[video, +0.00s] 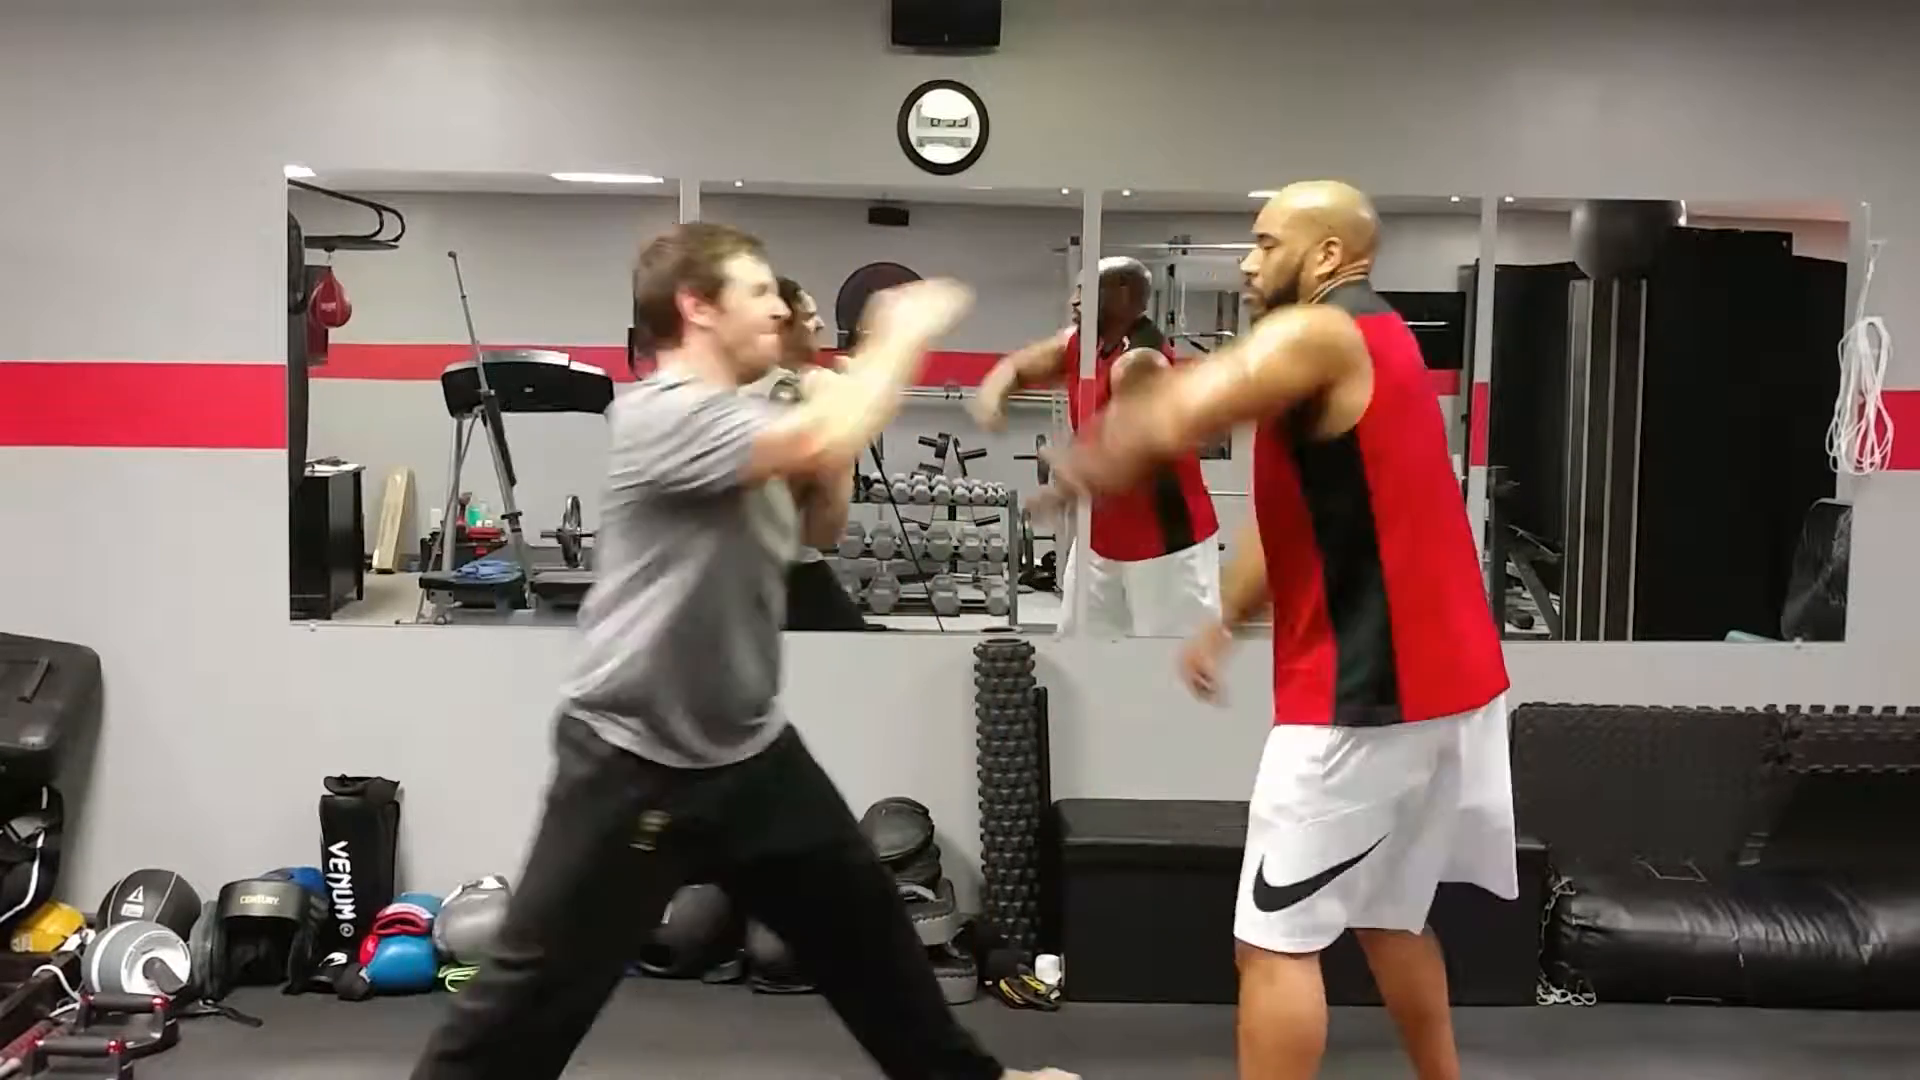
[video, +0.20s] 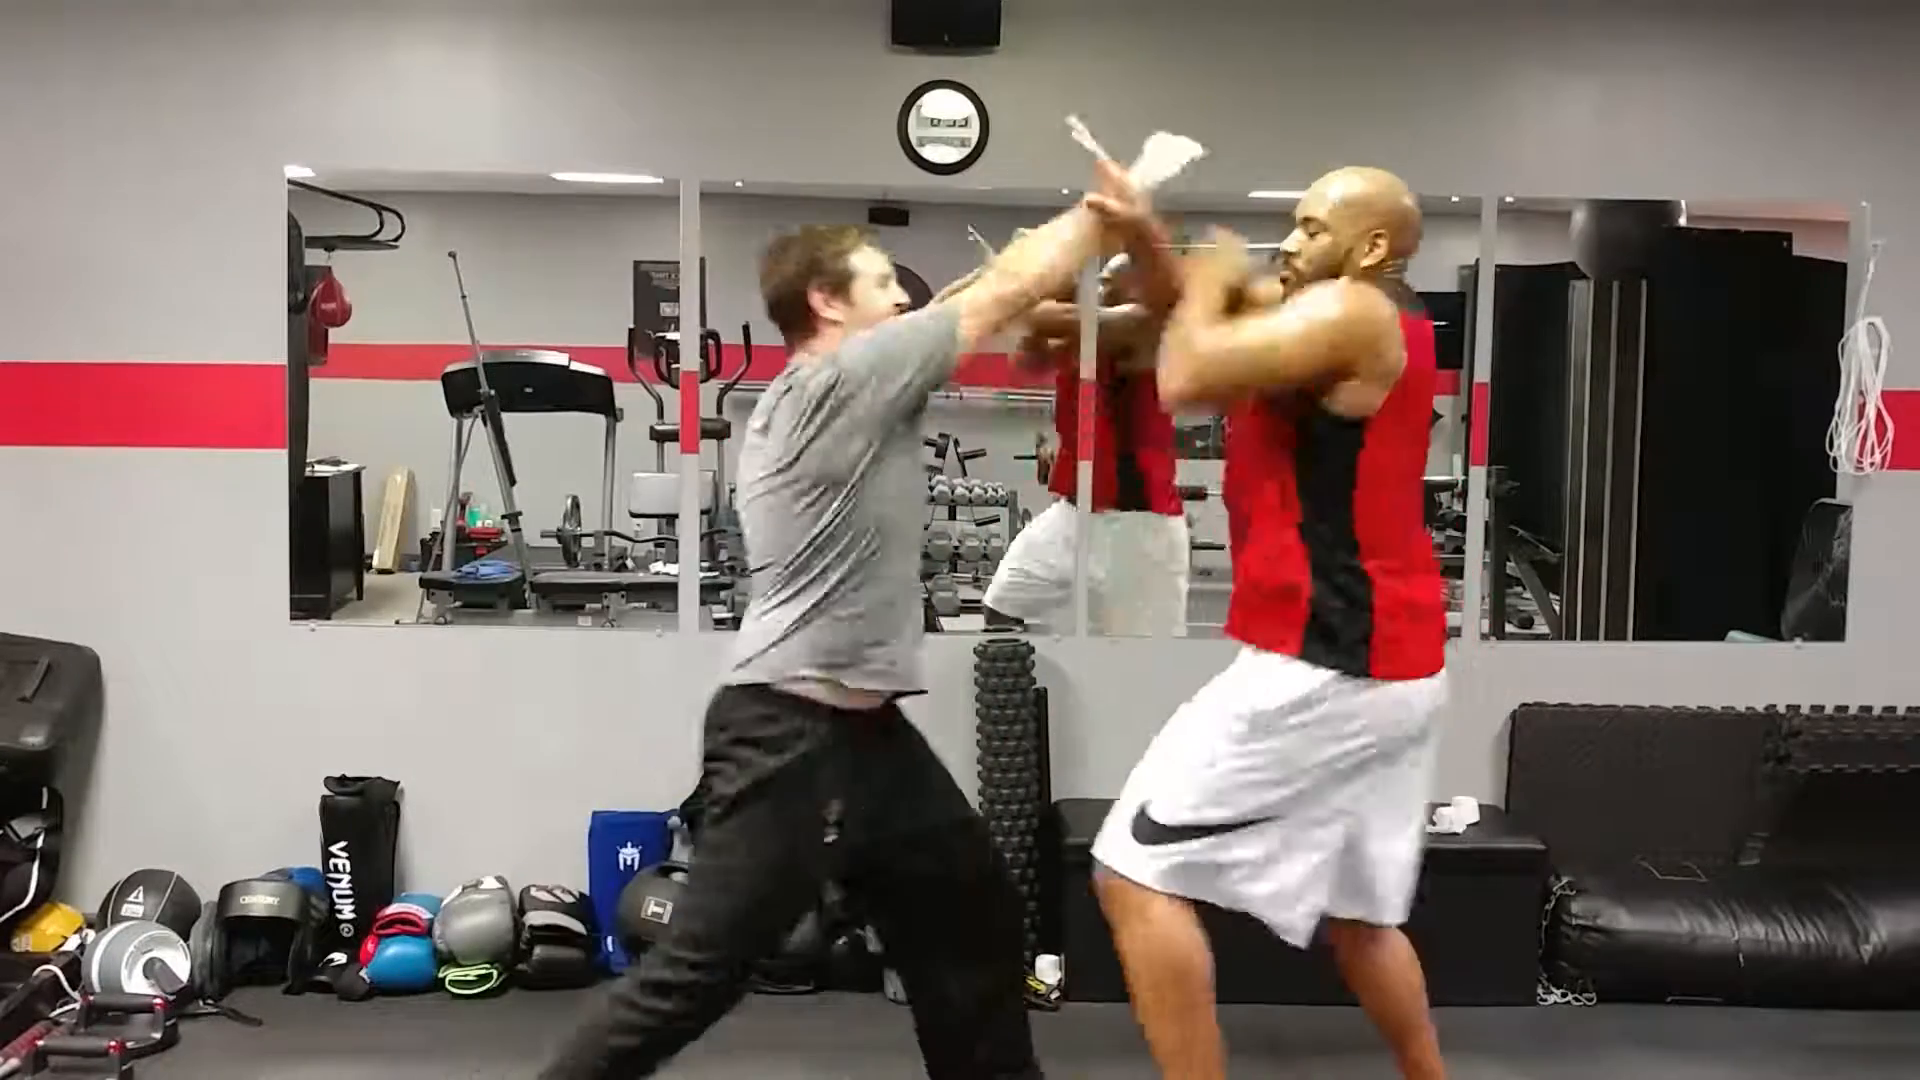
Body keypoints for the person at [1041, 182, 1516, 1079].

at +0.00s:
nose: (1248, 258)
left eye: (1267, 242)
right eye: (1253, 241)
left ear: (1330, 255)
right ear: (1335, 261)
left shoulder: (1319, 333)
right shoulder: (1374, 336)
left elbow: (1164, 421)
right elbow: (1305, 512)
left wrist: (1093, 460)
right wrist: (1224, 614)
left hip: (1355, 693)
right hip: (1438, 683)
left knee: (1275, 939)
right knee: (1391, 913)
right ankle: (1441, 1073)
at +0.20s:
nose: (1291, 241)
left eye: (1314, 228)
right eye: (1295, 226)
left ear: (1374, 246)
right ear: (1378, 252)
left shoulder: (1352, 312)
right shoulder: (1343, 313)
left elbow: (1185, 371)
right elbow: (1194, 322)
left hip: (1317, 662)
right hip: (1388, 664)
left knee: (1134, 872)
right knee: (1357, 913)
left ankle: (1194, 1074)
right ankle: (1429, 1073)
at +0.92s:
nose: (1055, 320)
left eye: (1066, 302)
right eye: (1057, 302)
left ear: (1119, 306)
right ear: (1160, 301)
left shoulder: (1104, 403)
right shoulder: (1249, 372)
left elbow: (909, 487)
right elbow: (1118, 491)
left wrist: (754, 495)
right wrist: (957, 479)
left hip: (1174, 743)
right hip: (1295, 728)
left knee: (999, 977)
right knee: (1238, 943)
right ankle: (1334, 1072)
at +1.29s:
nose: (1141, 311)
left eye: (1151, 290)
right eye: (1141, 291)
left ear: (1205, 284)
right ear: (1246, 285)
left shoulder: (1189, 374)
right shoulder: (1357, 366)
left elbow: (1032, 443)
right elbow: (1443, 492)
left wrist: (921, 384)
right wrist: (1317, 518)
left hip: (1228, 716)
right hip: (1357, 698)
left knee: (1100, 936)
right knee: (1342, 916)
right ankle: (1418, 1072)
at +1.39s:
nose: (1172, 298)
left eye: (1182, 277)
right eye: (1171, 278)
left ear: (1241, 271)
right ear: (1269, 273)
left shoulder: (1230, 369)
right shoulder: (1372, 354)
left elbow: (1097, 445)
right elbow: (1449, 486)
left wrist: (952, 388)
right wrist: (1319, 506)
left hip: (1276, 684)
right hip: (1402, 673)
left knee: (1112, 891)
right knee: (1350, 899)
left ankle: (1139, 1073)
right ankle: (1421, 1074)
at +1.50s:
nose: (1194, 288)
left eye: (1207, 267)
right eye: (1193, 268)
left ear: (1269, 263)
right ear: (1289, 268)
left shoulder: (1261, 360)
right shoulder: (1386, 349)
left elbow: (1126, 446)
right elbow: (1450, 487)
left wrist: (967, 394)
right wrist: (1313, 487)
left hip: (1301, 672)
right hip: (1414, 668)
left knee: (1140, 884)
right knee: (1352, 881)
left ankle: (1211, 1074)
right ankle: (1423, 1071)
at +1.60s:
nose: (1207, 280)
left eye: (1221, 261)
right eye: (1207, 262)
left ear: (1283, 259)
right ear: (1301, 263)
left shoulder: (1277, 363)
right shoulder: (1392, 352)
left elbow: (1148, 461)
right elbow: (1441, 496)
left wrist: (978, 445)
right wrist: (1299, 477)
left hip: (1301, 683)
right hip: (1413, 671)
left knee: (1184, 908)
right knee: (1362, 895)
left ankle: (1245, 1076)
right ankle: (1422, 1071)